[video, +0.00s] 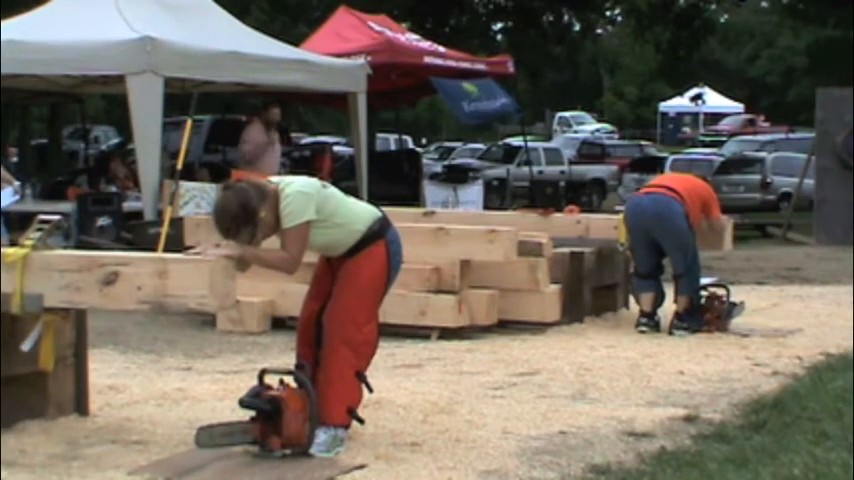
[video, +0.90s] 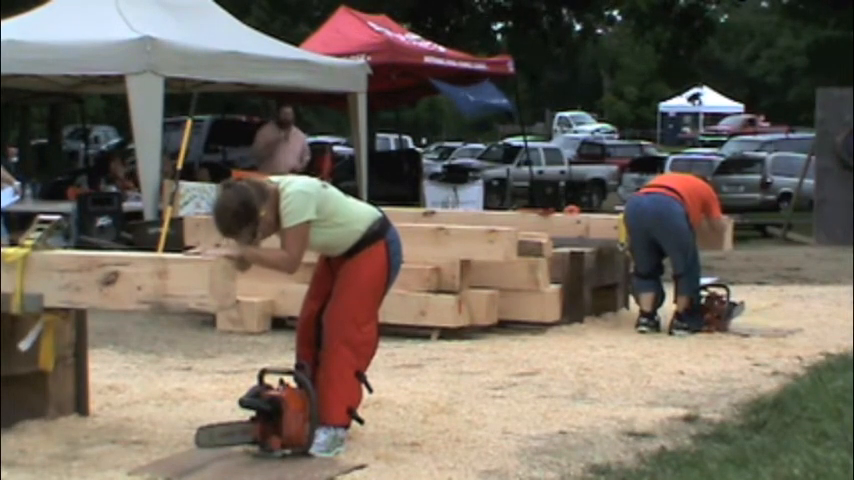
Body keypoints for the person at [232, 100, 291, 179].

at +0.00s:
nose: (277, 118)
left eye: (278, 114)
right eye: (274, 114)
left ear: (280, 115)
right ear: (265, 114)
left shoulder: (273, 131)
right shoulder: (254, 130)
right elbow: (246, 156)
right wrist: (267, 143)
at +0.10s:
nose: (276, 118)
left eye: (278, 114)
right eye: (273, 114)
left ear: (280, 116)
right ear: (264, 114)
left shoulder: (280, 134)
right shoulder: (252, 131)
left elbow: (284, 157)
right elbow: (243, 157)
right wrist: (263, 144)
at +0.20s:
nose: (275, 117)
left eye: (278, 113)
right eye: (272, 113)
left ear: (281, 116)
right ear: (265, 114)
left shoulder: (285, 135)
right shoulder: (253, 132)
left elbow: (291, 158)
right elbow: (244, 155)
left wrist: (286, 173)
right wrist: (262, 141)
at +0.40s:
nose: (279, 123)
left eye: (282, 120)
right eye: (276, 119)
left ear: (286, 119)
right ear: (271, 117)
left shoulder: (293, 135)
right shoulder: (258, 132)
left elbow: (301, 159)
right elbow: (248, 154)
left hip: (285, 179)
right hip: (259, 177)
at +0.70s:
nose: (284, 126)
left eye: (287, 123)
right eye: (282, 123)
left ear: (292, 122)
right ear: (276, 121)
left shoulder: (300, 137)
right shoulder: (263, 133)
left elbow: (306, 159)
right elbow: (253, 154)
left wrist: (295, 171)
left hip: (289, 180)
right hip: (264, 177)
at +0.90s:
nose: (287, 117)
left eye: (289, 114)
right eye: (284, 114)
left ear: (293, 116)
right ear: (278, 115)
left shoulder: (299, 136)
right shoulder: (266, 131)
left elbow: (306, 155)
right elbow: (256, 153)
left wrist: (299, 167)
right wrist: (277, 141)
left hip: (290, 176)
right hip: (266, 174)